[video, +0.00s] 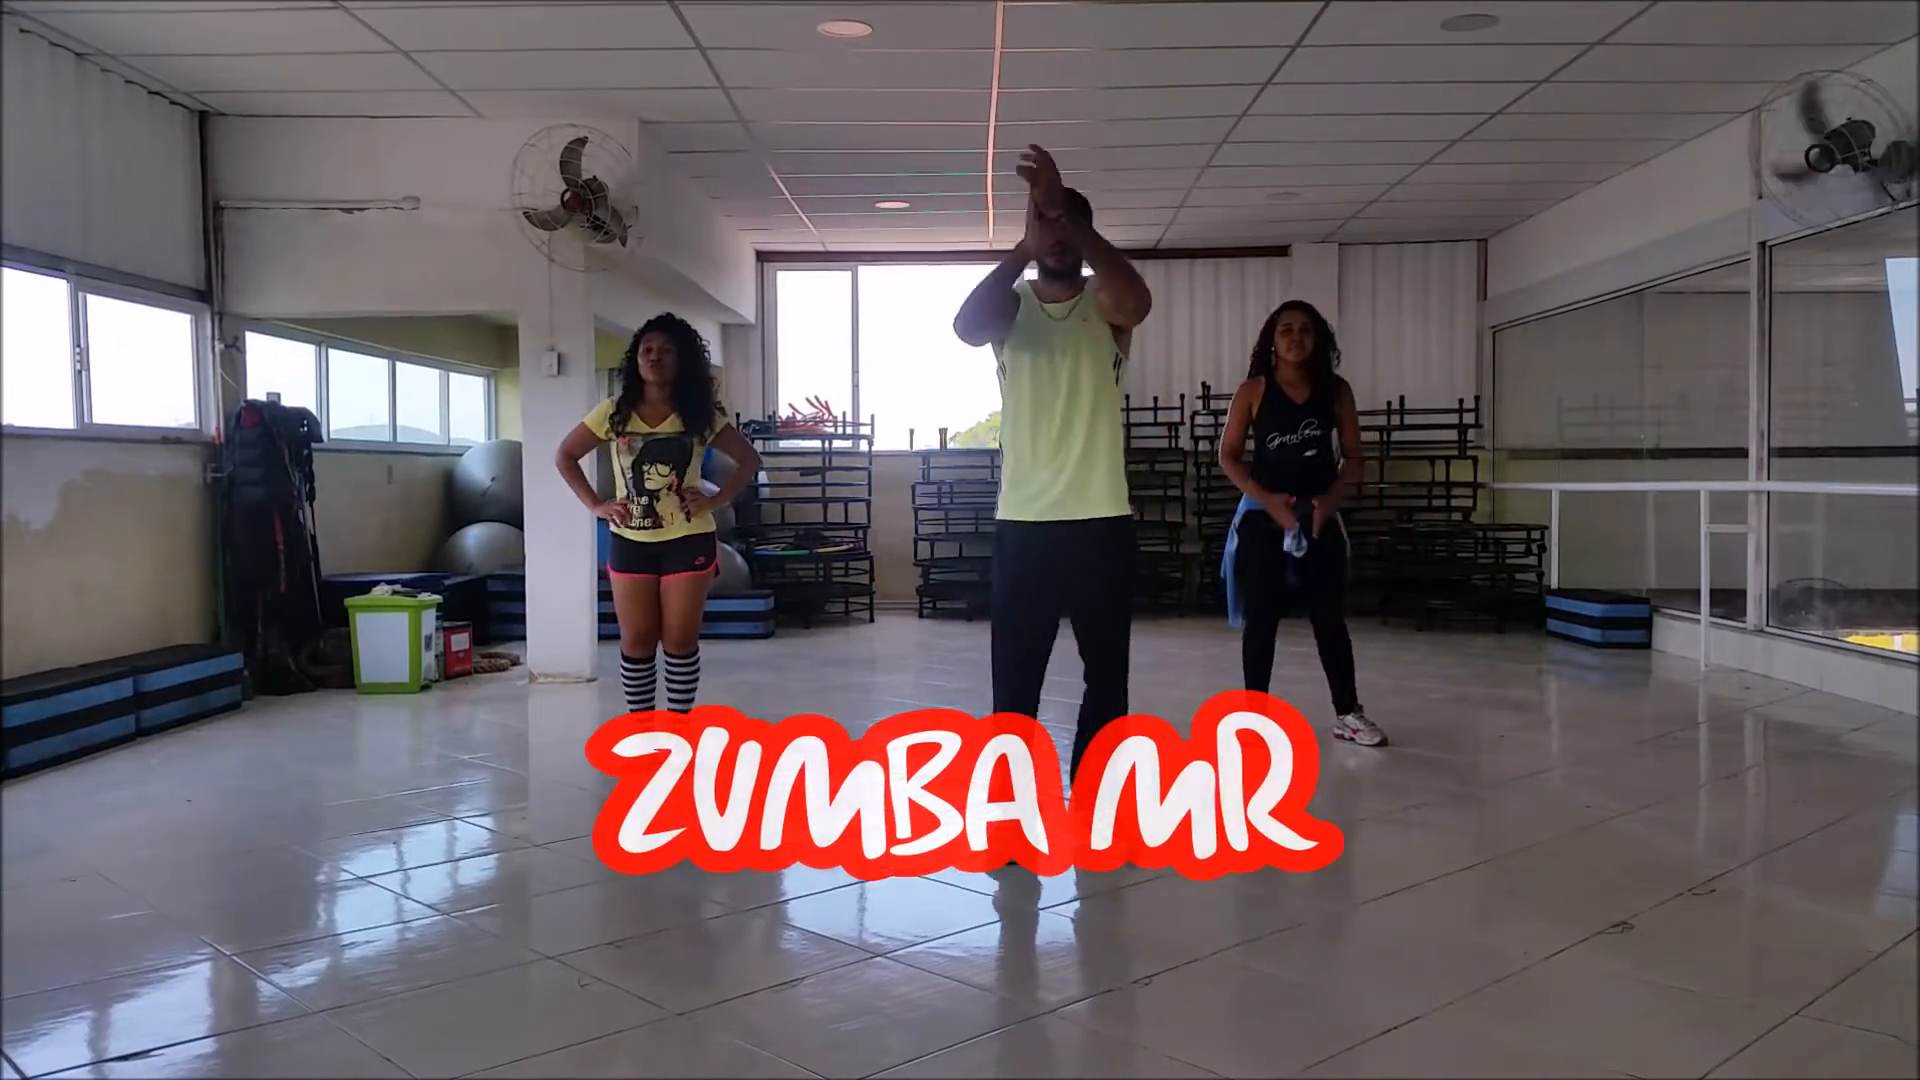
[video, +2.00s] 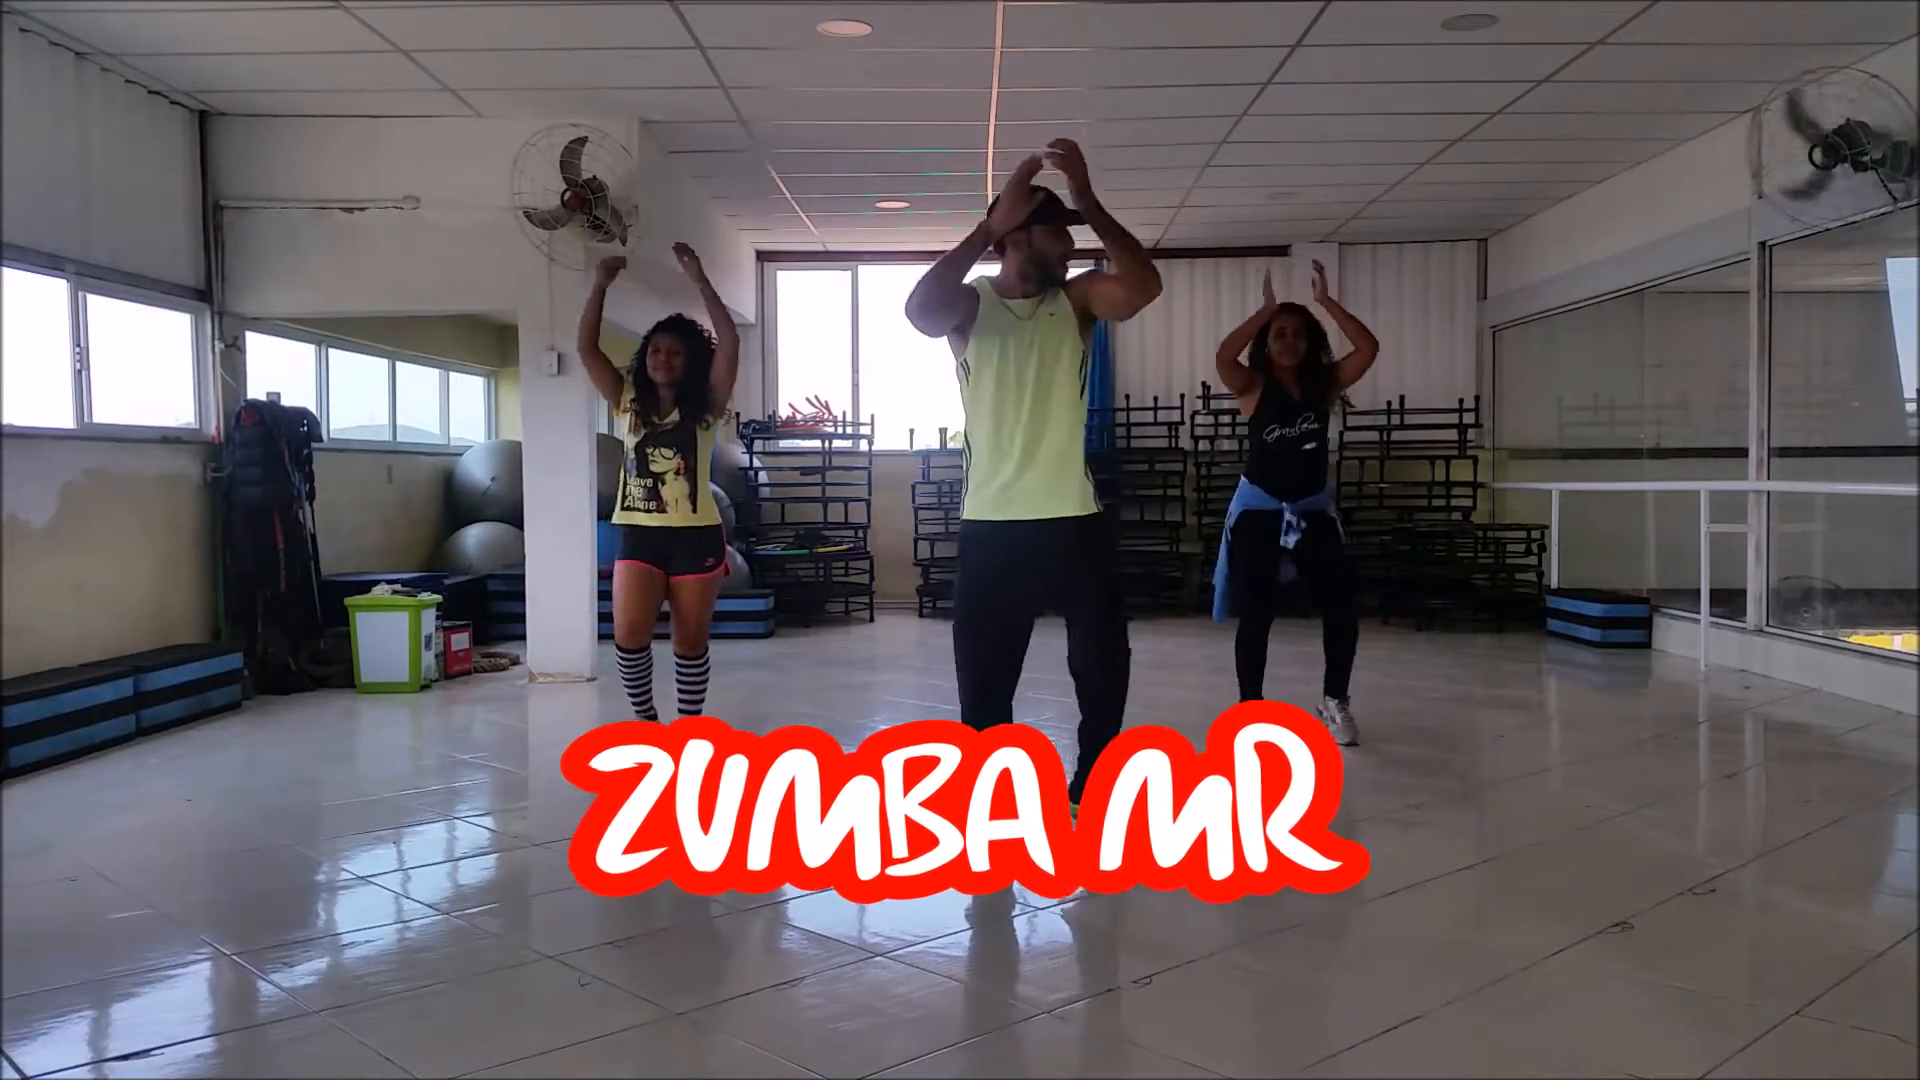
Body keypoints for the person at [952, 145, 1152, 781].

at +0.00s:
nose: (1059, 233)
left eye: (1069, 222)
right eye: (1047, 221)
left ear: (1086, 238)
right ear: (1030, 237)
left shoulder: (1105, 305)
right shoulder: (1011, 305)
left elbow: (1135, 301)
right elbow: (967, 327)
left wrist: (1077, 222)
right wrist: (1022, 248)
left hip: (1103, 523)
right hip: (1026, 524)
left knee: (1107, 685)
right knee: (1015, 688)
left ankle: (1093, 811)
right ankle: (1009, 814)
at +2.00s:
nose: (1067, 253)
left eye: (1068, 244)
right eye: (1056, 239)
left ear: (1062, 246)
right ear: (1016, 239)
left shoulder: (1075, 299)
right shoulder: (971, 304)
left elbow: (1143, 284)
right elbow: (920, 310)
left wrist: (1088, 202)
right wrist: (988, 229)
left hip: (1079, 526)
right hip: (994, 529)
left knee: (1104, 693)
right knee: (983, 701)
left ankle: (1093, 812)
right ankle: (981, 828)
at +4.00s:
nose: (1032, 219)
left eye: (1045, 212)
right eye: (1019, 211)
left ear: (1064, 231)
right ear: (1002, 228)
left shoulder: (1089, 296)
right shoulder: (977, 300)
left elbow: (1155, 339)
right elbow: (931, 348)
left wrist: (1129, 258)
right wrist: (961, 248)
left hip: (1087, 517)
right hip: (1002, 522)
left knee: (1129, 647)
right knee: (999, 682)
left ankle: (1108, 785)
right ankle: (1000, 817)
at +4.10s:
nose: (1041, 214)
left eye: (1053, 207)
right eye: (1028, 206)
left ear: (1070, 227)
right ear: (1009, 224)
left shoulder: (1091, 293)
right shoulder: (985, 298)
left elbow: (1147, 330)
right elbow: (956, 350)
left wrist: (1108, 245)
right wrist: (979, 250)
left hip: (1092, 515)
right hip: (1006, 518)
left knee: (1124, 667)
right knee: (997, 677)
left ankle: (1116, 810)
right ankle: (1000, 821)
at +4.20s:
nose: (1041, 219)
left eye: (1055, 207)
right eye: (1030, 210)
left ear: (1081, 226)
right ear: (1019, 229)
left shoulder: (1105, 294)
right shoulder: (993, 299)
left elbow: (1141, 323)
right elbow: (965, 352)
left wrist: (1070, 254)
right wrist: (1028, 287)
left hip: (1096, 524)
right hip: (1012, 524)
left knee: (1114, 682)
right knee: (996, 681)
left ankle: (1118, 822)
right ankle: (1000, 822)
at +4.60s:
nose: (1053, 244)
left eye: (1067, 230)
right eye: (1041, 230)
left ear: (1086, 233)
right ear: (1024, 234)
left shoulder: (1124, 315)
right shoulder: (988, 326)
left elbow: (1204, 394)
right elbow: (927, 408)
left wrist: (1190, 479)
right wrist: (922, 486)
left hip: (1103, 537)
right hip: (1012, 537)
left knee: (1123, 688)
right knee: (974, 687)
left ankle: (1118, 825)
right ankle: (938, 825)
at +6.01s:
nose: (1042, 301)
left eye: (1056, 291)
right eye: (1032, 289)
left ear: (1072, 300)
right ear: (1014, 294)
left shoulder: (1094, 388)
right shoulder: (962, 380)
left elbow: (1132, 480)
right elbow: (927, 471)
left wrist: (1167, 559)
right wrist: (917, 547)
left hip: (1095, 583)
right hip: (1002, 591)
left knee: (1169, 711)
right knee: (949, 719)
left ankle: (1184, 830)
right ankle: (892, 836)